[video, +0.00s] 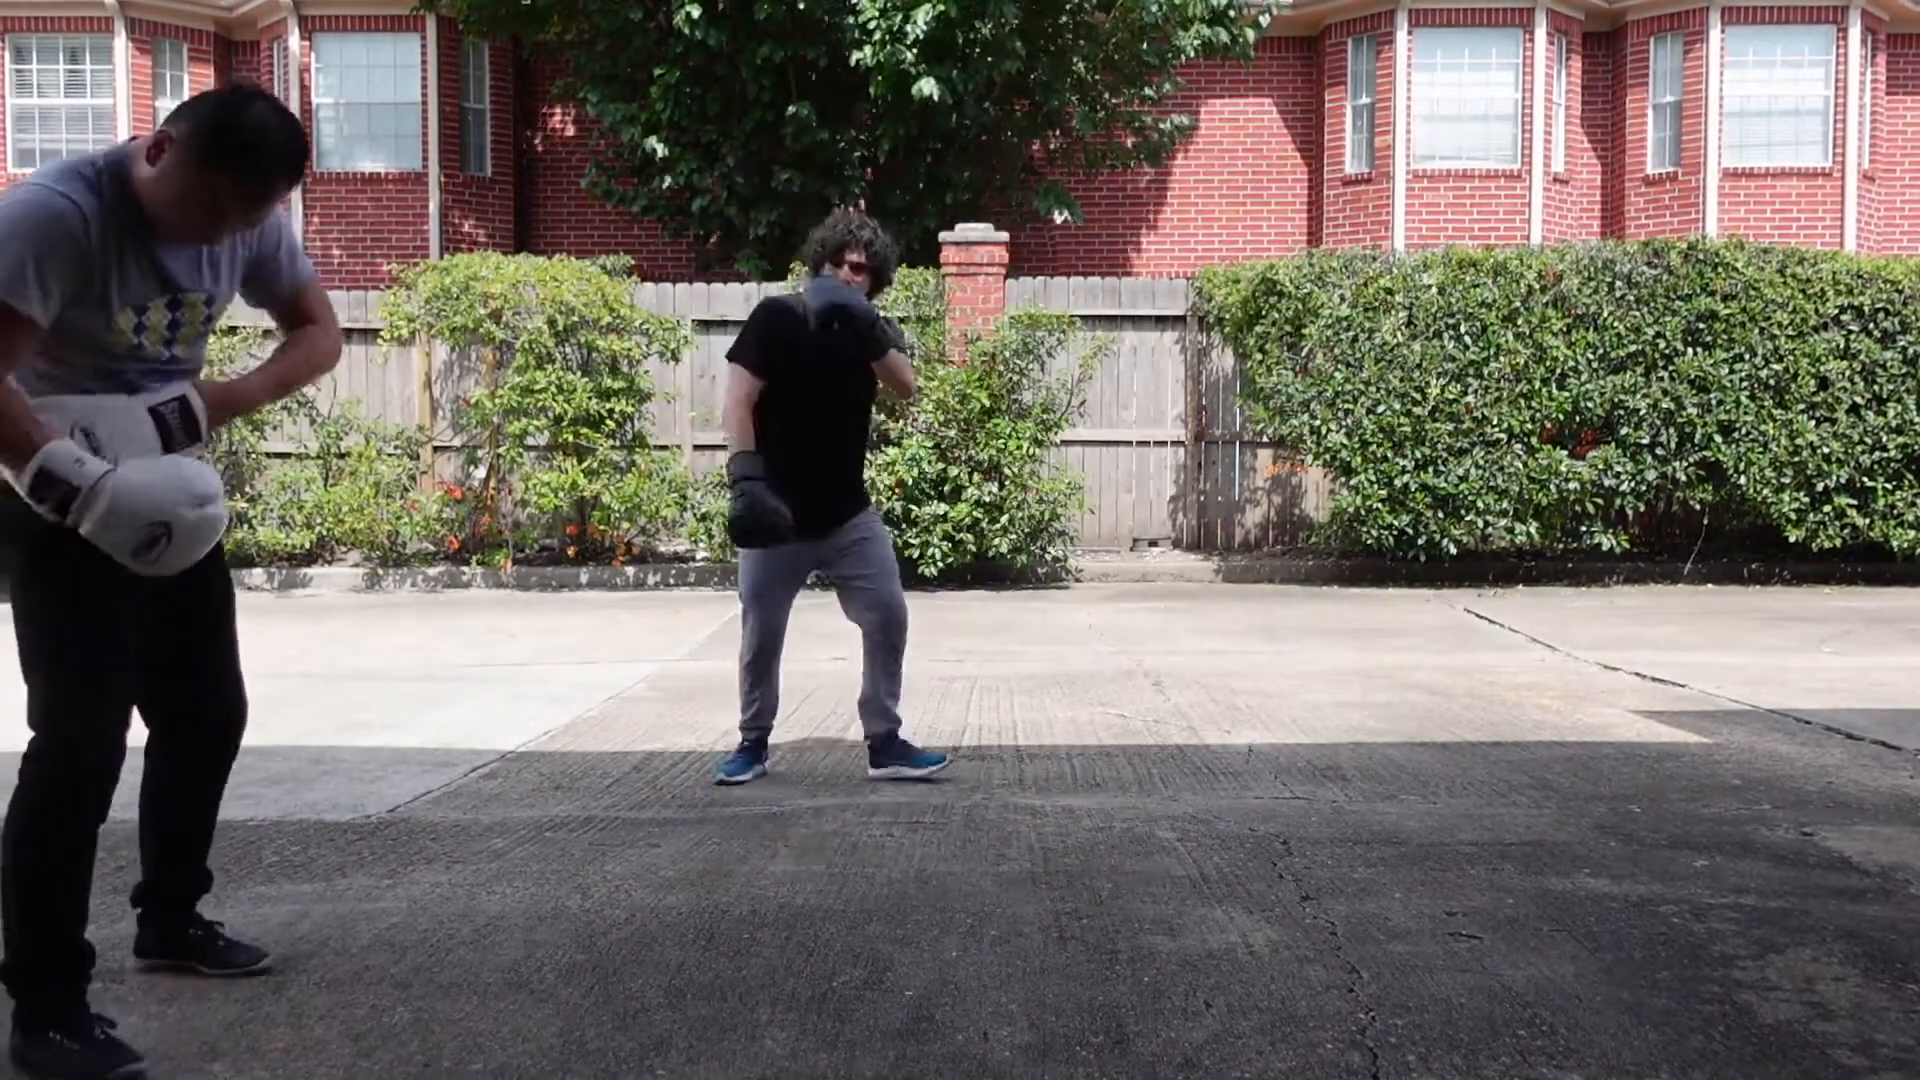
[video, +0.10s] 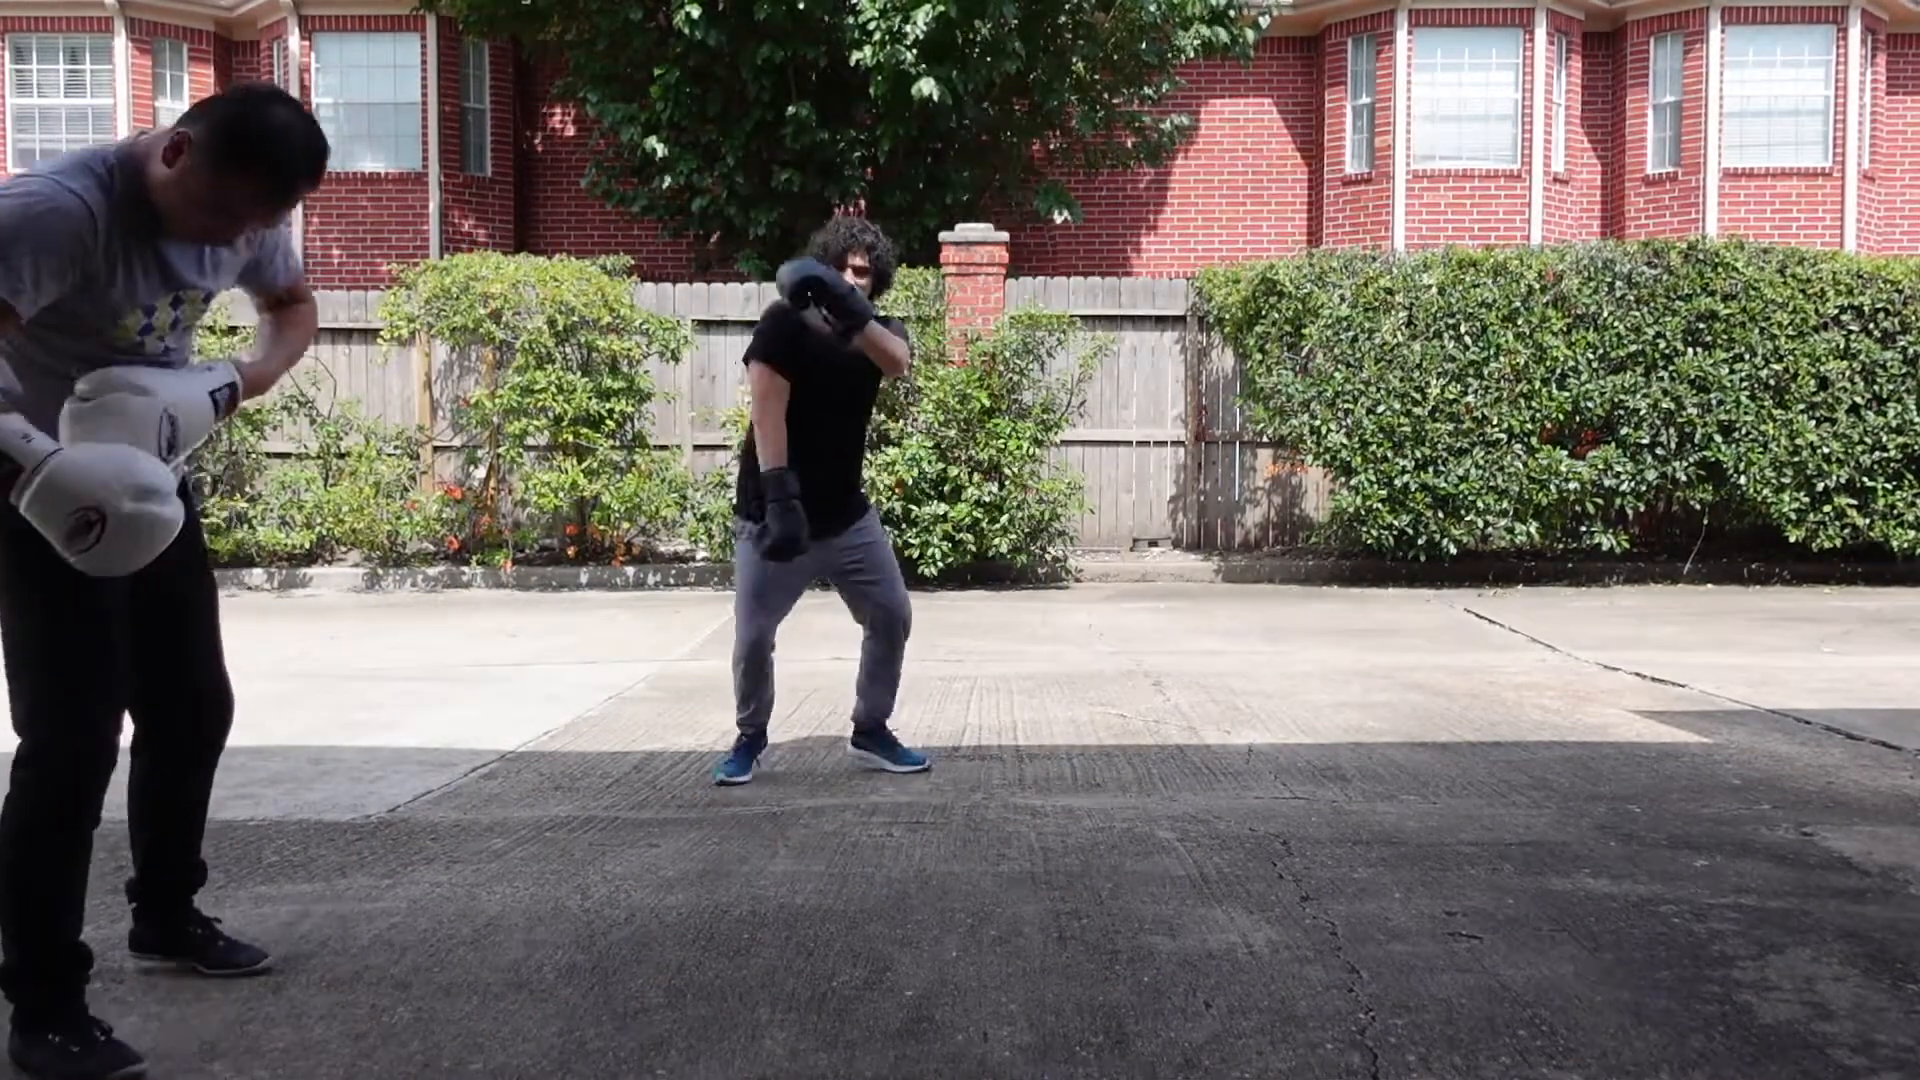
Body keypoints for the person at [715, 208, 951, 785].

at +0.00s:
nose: (852, 277)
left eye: (864, 271)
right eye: (843, 266)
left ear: (876, 285)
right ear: (820, 266)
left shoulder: (870, 332)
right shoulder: (777, 317)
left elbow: (906, 387)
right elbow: (737, 398)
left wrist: (865, 323)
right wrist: (748, 478)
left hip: (849, 515)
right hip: (776, 517)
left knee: (888, 615)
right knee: (760, 640)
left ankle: (884, 744)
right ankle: (752, 744)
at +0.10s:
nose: (854, 282)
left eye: (865, 273)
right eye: (845, 271)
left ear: (878, 281)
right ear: (822, 272)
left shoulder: (881, 333)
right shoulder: (785, 324)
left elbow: (897, 362)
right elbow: (766, 406)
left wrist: (841, 299)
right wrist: (780, 495)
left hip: (848, 516)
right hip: (774, 516)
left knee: (892, 612)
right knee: (751, 638)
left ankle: (870, 731)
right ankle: (749, 738)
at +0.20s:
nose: (855, 293)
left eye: (866, 285)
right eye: (846, 283)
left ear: (880, 292)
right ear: (824, 284)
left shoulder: (889, 341)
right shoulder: (793, 336)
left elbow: (885, 354)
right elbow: (805, 432)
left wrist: (821, 289)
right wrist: (845, 503)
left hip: (843, 526)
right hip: (772, 523)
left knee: (887, 631)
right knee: (738, 630)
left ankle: (873, 737)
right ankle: (733, 724)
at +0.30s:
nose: (852, 304)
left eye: (863, 297)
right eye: (844, 293)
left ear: (877, 305)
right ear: (821, 296)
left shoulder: (866, 358)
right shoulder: (803, 345)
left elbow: (896, 365)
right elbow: (848, 437)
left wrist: (831, 306)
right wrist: (893, 485)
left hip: (833, 538)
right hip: (767, 532)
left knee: (886, 632)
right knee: (726, 634)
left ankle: (872, 740)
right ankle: (661, 753)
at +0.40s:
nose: (826, 294)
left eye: (838, 286)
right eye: (815, 284)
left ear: (850, 298)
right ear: (794, 292)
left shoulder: (845, 350)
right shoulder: (788, 341)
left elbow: (913, 377)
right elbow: (867, 406)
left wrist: (894, 339)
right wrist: (900, 442)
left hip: (820, 544)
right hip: (750, 542)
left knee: (871, 639)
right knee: (698, 646)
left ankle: (871, 739)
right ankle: (621, 772)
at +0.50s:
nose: (773, 274)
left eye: (784, 266)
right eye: (763, 266)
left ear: (804, 276)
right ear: (746, 277)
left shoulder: (811, 341)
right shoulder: (742, 314)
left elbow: (843, 400)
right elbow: (818, 343)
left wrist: (864, 377)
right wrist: (863, 371)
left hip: (800, 541)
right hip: (722, 537)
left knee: (839, 643)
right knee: (674, 645)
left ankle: (862, 736)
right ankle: (607, 777)